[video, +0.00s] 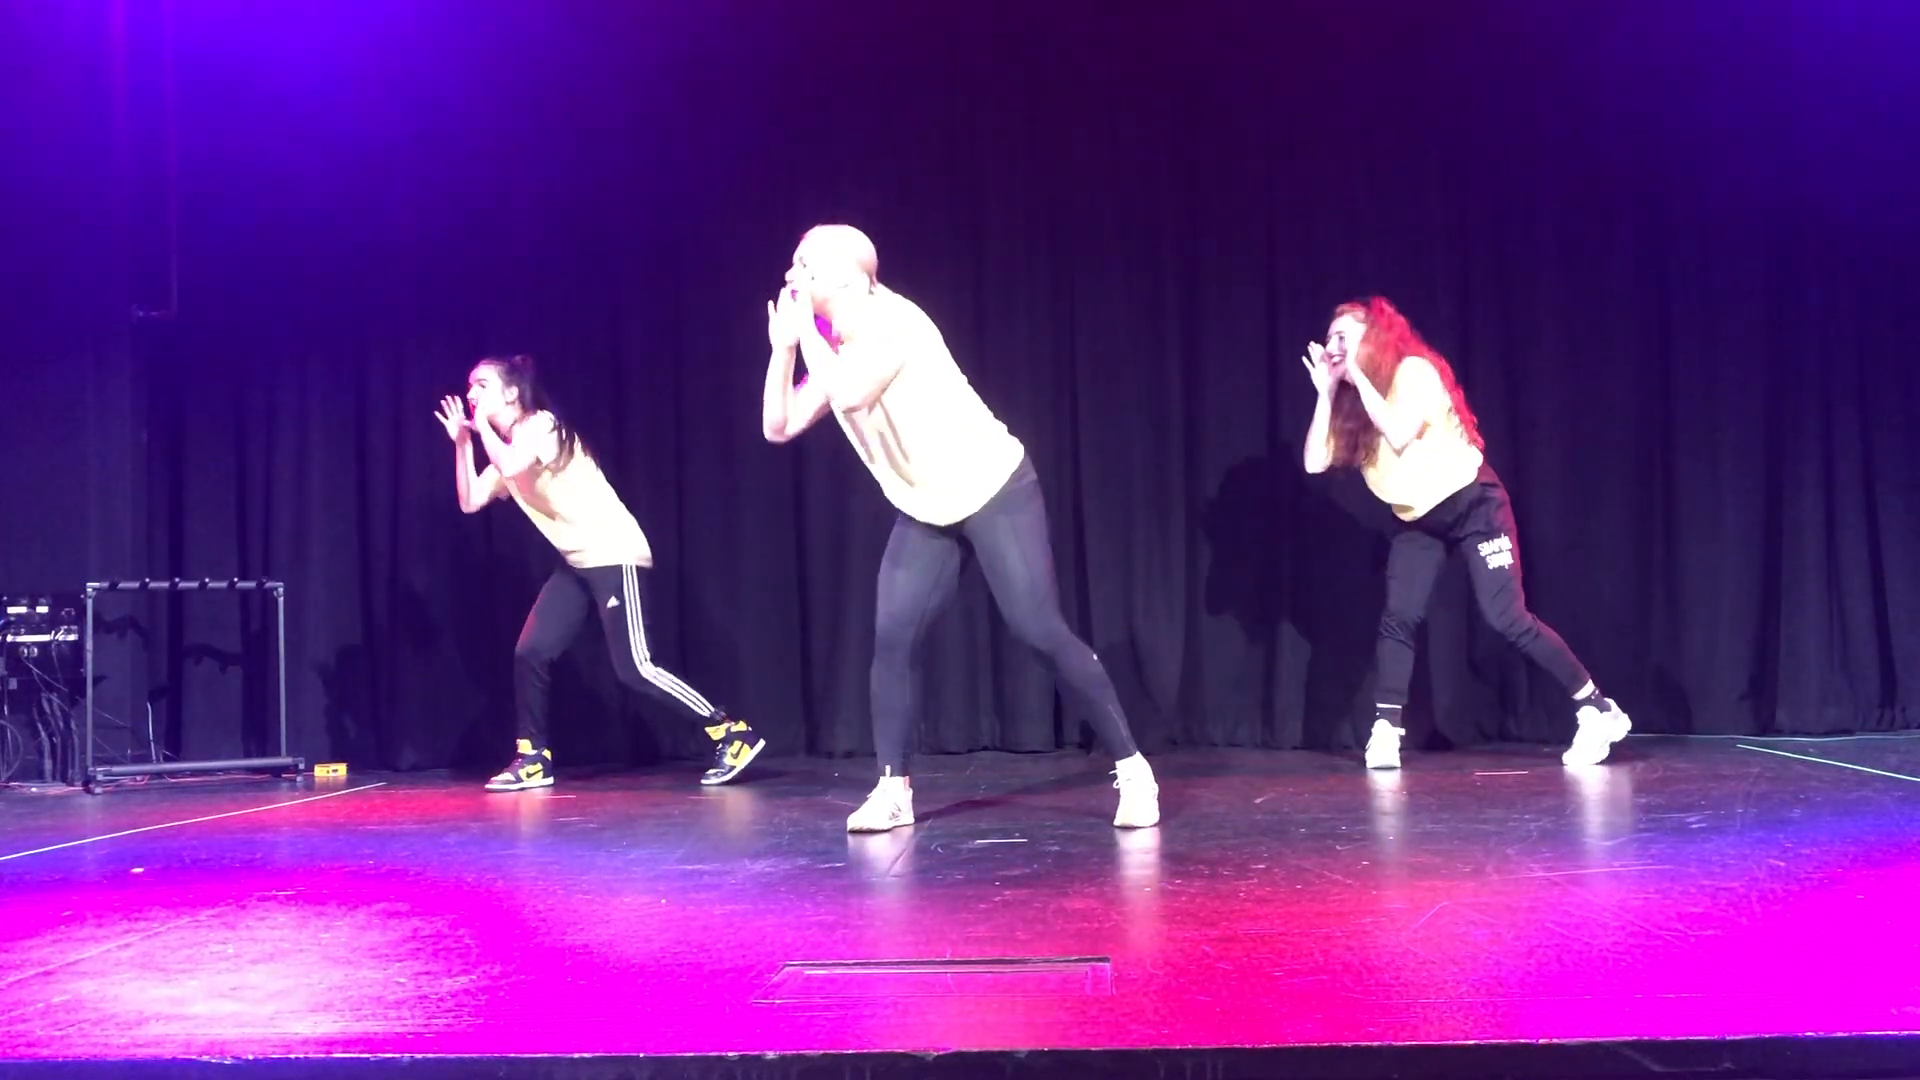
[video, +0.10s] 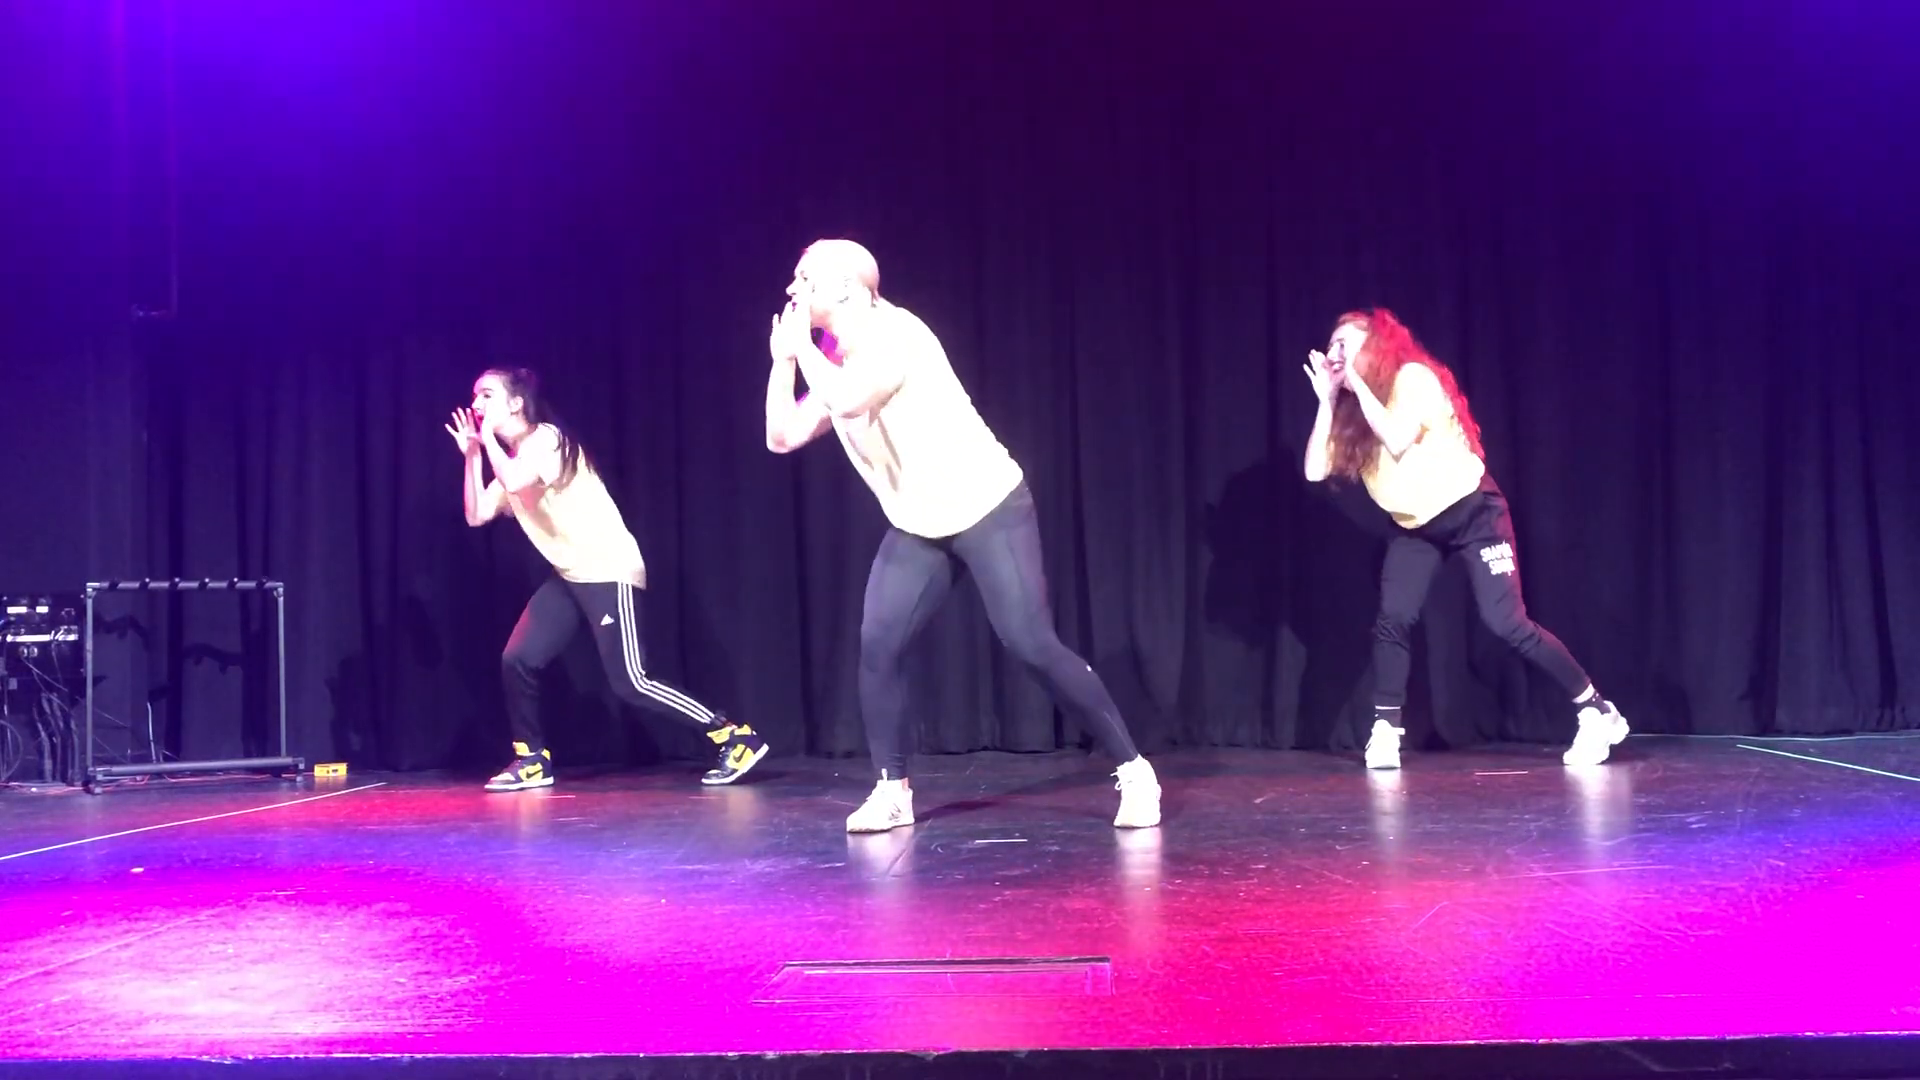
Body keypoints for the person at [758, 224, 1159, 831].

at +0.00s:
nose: (792, 274)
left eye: (805, 263)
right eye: (794, 264)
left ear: (850, 270)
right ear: (810, 277)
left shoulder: (892, 318)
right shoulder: (830, 343)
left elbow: (851, 396)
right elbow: (780, 426)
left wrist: (806, 330)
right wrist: (781, 349)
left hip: (994, 487)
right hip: (925, 507)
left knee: (1038, 628)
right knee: (893, 632)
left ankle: (1131, 766)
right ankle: (893, 788)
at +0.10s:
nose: (795, 288)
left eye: (808, 277)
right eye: (796, 279)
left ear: (851, 283)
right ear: (816, 289)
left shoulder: (896, 330)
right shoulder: (834, 361)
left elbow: (849, 400)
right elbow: (783, 436)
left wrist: (802, 344)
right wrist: (782, 360)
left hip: (988, 504)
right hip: (917, 522)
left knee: (1029, 641)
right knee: (878, 641)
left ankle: (1134, 769)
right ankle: (892, 790)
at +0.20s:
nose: (786, 271)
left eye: (800, 258)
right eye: (787, 261)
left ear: (847, 266)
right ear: (806, 276)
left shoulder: (887, 311)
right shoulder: (829, 347)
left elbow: (835, 376)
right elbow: (780, 418)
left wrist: (791, 329)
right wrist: (776, 342)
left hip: (989, 486)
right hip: (919, 509)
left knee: (1041, 623)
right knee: (890, 633)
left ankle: (1133, 769)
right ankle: (892, 788)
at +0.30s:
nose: (781, 266)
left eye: (793, 252)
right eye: (780, 257)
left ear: (835, 257)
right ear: (795, 271)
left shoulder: (880, 300)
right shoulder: (824, 336)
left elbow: (834, 368)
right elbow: (779, 409)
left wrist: (784, 319)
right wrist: (770, 335)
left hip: (995, 465)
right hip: (924, 493)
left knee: (1058, 611)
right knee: (907, 629)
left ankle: (1135, 763)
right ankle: (893, 785)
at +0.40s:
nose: (775, 287)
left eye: (789, 275)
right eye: (773, 276)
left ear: (832, 279)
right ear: (774, 289)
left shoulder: (879, 318)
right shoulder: (815, 354)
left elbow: (841, 395)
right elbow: (778, 434)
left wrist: (785, 347)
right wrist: (768, 358)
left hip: (1006, 470)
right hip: (932, 498)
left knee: (1064, 608)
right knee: (915, 630)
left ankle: (1136, 764)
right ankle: (893, 785)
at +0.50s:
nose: (780, 339)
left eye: (789, 324)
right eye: (777, 325)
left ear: (828, 324)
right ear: (782, 336)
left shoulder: (885, 358)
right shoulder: (819, 398)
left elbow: (869, 443)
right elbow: (781, 479)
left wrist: (803, 397)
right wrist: (770, 411)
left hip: (1024, 487)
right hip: (947, 514)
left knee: (1068, 618)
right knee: (914, 638)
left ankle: (1136, 772)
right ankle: (893, 787)